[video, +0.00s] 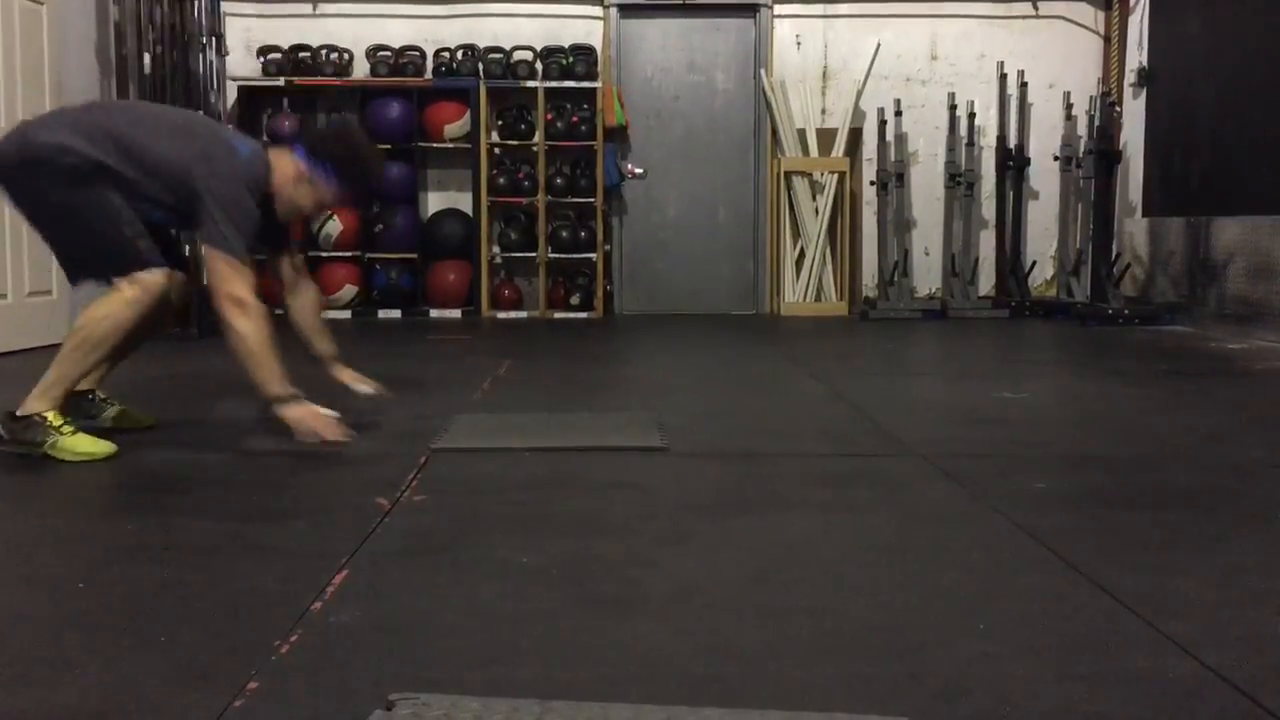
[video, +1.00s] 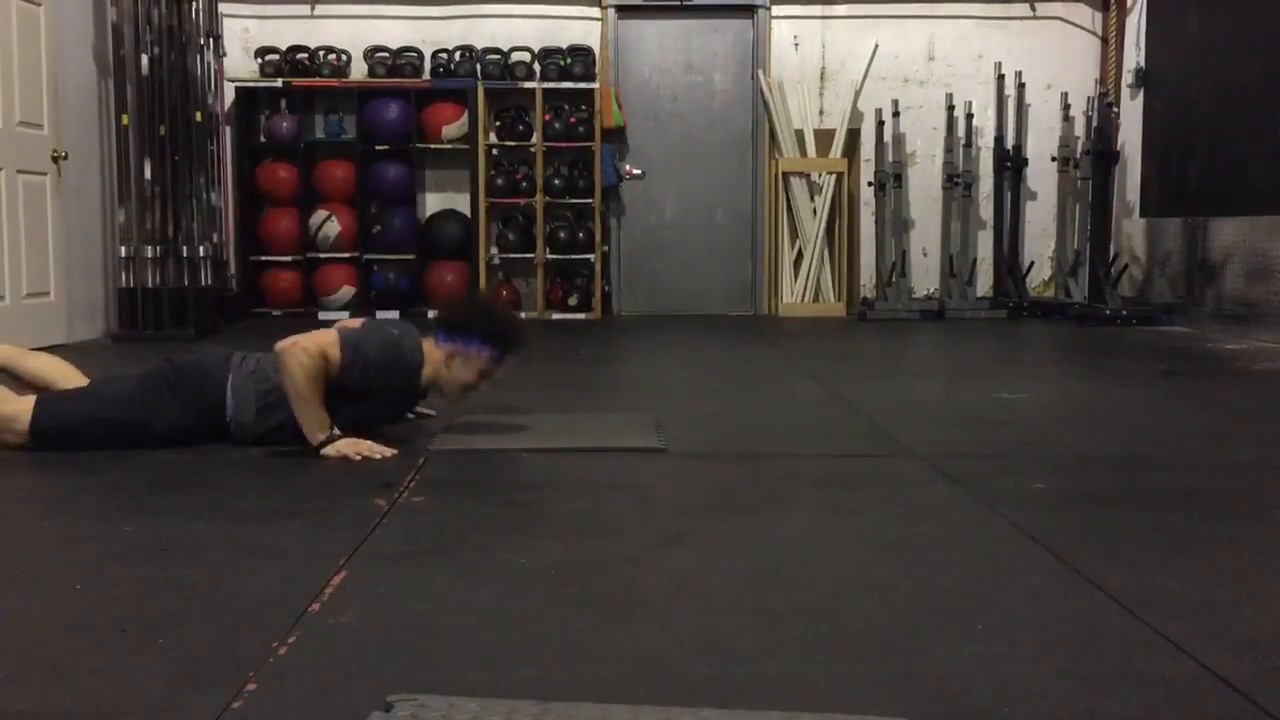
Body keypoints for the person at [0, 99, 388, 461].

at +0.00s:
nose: (316, 216)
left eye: (325, 210)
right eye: (320, 203)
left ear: (300, 172)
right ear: (299, 171)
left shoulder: (268, 184)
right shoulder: (229, 175)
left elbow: (295, 283)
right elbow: (236, 301)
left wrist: (334, 364)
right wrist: (286, 399)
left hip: (85, 162)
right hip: (46, 158)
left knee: (169, 283)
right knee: (143, 282)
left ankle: (80, 394)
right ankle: (34, 413)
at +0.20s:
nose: (355, 307)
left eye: (365, 305)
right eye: (362, 296)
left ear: (362, 257)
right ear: (358, 266)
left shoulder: (331, 233)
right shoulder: (292, 235)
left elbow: (347, 321)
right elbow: (287, 343)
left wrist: (375, 397)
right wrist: (328, 437)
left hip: (155, 141)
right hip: (133, 136)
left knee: (113, 296)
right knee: (106, 298)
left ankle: (15, 350)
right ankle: (8, 343)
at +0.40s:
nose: (443, 239)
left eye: (453, 232)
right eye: (447, 225)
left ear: (428, 199)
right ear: (424, 194)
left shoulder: (382, 229)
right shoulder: (352, 219)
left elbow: (373, 316)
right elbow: (319, 331)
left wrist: (378, 398)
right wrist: (331, 435)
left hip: (198, 277)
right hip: (181, 269)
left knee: (43, 349)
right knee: (34, 363)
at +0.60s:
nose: (438, 271)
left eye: (445, 260)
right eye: (438, 255)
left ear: (414, 240)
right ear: (406, 235)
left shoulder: (368, 278)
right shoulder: (338, 265)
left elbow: (343, 344)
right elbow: (280, 351)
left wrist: (371, 401)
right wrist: (325, 437)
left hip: (202, 374)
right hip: (184, 375)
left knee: (76, 400)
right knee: (21, 420)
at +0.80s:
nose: (469, 378)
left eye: (476, 370)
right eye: (471, 365)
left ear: (448, 338)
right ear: (449, 342)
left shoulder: (396, 347)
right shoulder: (382, 345)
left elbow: (322, 368)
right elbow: (280, 358)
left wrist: (384, 401)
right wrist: (327, 438)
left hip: (209, 385)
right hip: (199, 397)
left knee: (75, 399)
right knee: (29, 419)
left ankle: (1, 360)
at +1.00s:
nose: (480, 385)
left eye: (487, 376)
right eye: (482, 371)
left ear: (459, 347)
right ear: (457, 348)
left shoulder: (411, 356)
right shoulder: (398, 349)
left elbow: (322, 356)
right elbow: (295, 352)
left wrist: (374, 412)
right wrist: (327, 437)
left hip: (220, 388)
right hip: (207, 396)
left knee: (84, 396)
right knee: (23, 418)